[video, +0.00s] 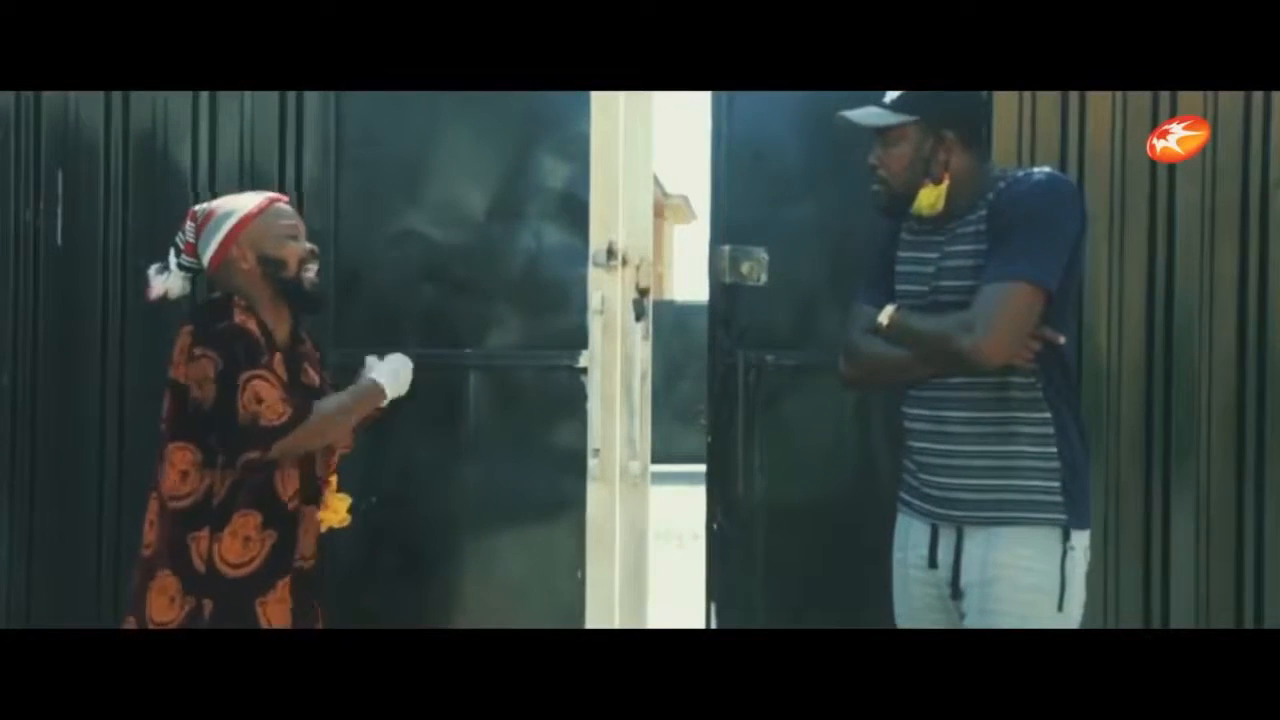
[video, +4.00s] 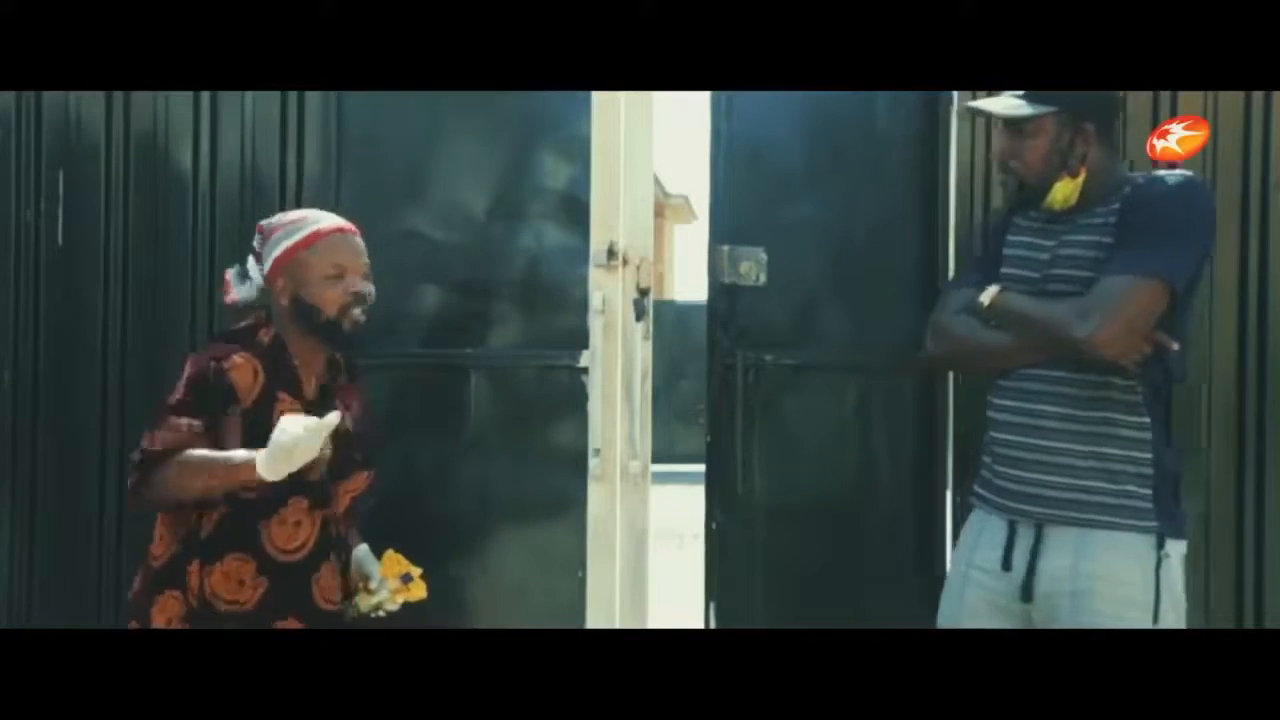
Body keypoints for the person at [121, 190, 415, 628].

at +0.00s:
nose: (311, 250)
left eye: (307, 237)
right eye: (291, 238)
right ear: (242, 256)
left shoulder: (298, 346)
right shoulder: (218, 337)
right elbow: (275, 437)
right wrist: (372, 390)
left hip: (278, 585)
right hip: (210, 595)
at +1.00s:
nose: (338, 255)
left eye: (337, 244)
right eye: (313, 247)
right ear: (262, 267)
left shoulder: (312, 362)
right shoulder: (227, 354)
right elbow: (199, 485)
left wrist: (325, 508)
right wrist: (313, 482)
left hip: (284, 604)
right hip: (214, 609)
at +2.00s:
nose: (329, 262)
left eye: (323, 249)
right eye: (308, 252)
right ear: (255, 272)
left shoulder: (324, 376)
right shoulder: (185, 369)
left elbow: (325, 496)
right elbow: (95, 482)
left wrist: (350, 528)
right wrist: (181, 500)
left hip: (286, 615)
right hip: (181, 616)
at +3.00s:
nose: (308, 299)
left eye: (322, 284)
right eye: (284, 285)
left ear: (339, 295)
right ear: (247, 300)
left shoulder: (353, 387)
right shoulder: (202, 389)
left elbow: (375, 505)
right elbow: (108, 482)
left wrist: (409, 589)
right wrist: (22, 513)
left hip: (310, 620)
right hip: (196, 618)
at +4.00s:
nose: (358, 290)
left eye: (364, 276)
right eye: (336, 277)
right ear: (282, 288)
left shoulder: (342, 383)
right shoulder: (225, 369)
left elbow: (332, 504)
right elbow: (152, 477)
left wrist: (360, 564)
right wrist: (260, 465)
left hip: (309, 612)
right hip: (207, 612)